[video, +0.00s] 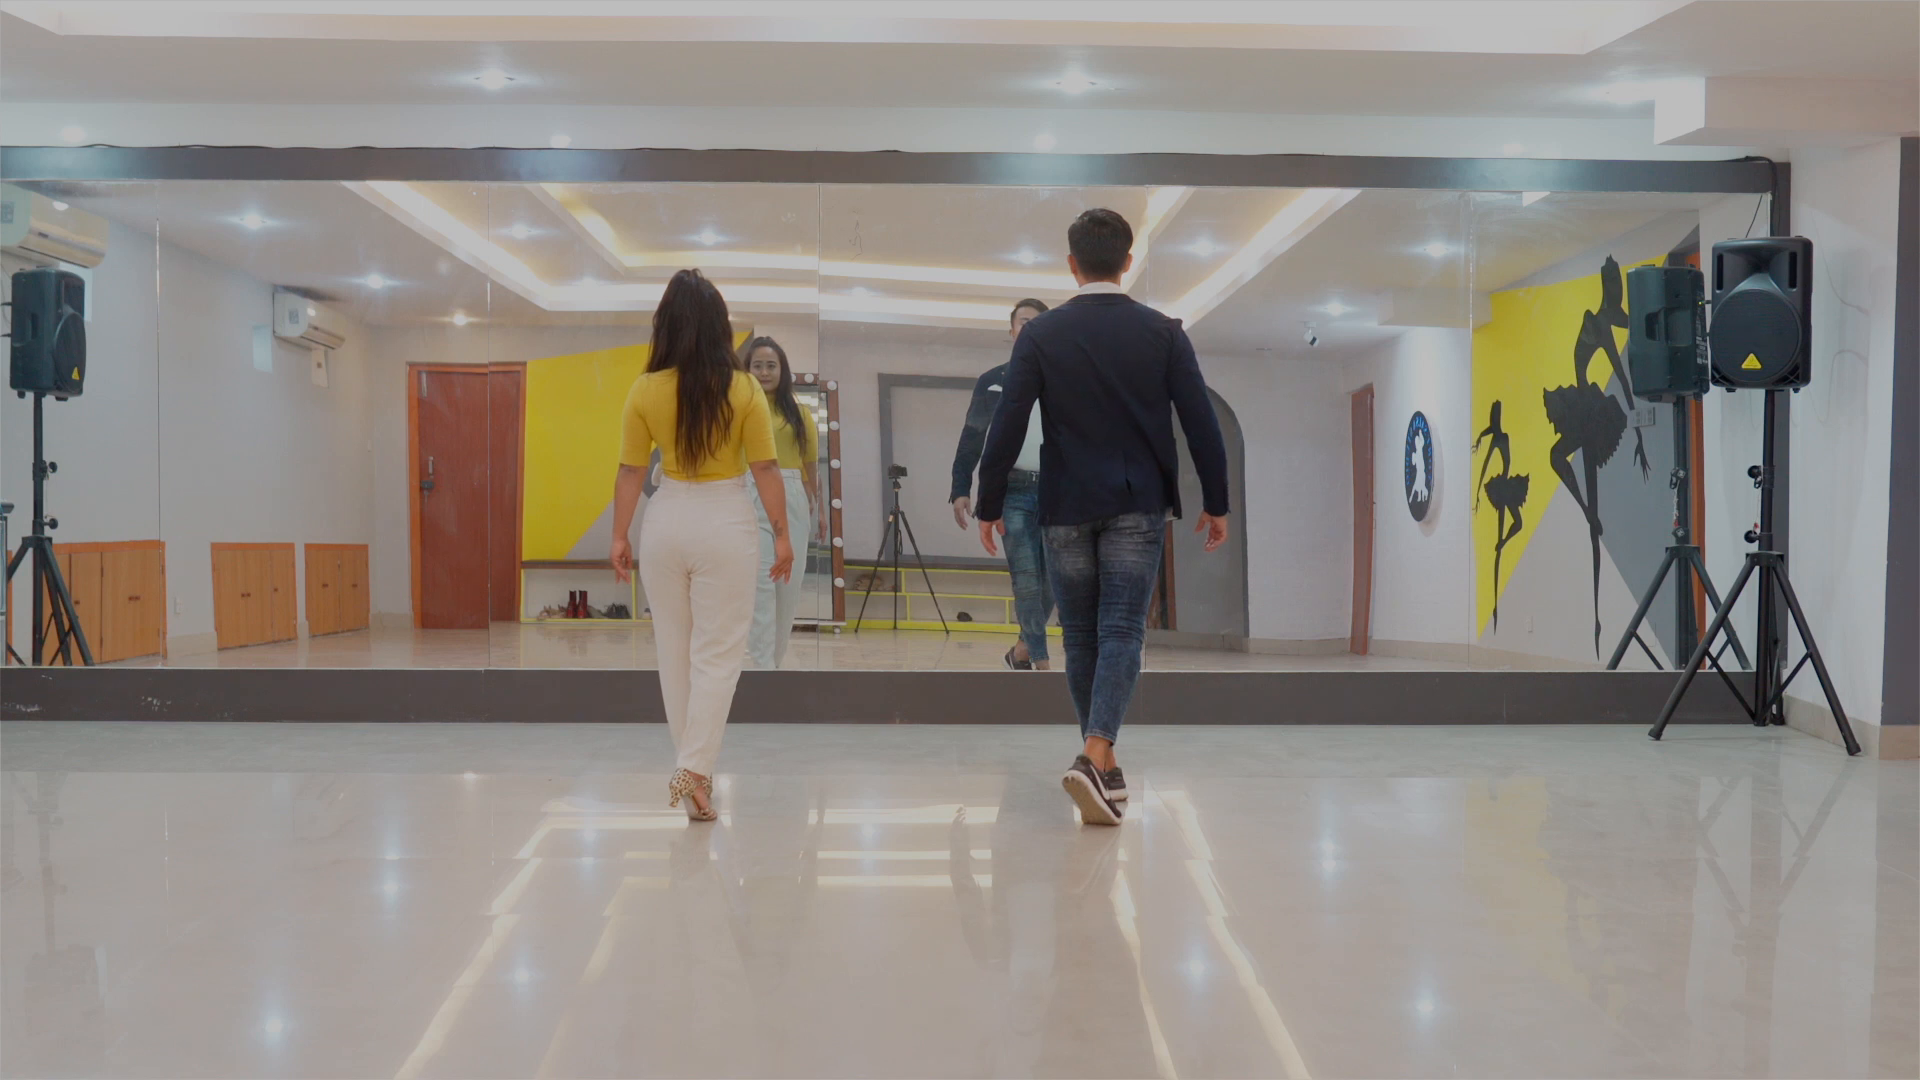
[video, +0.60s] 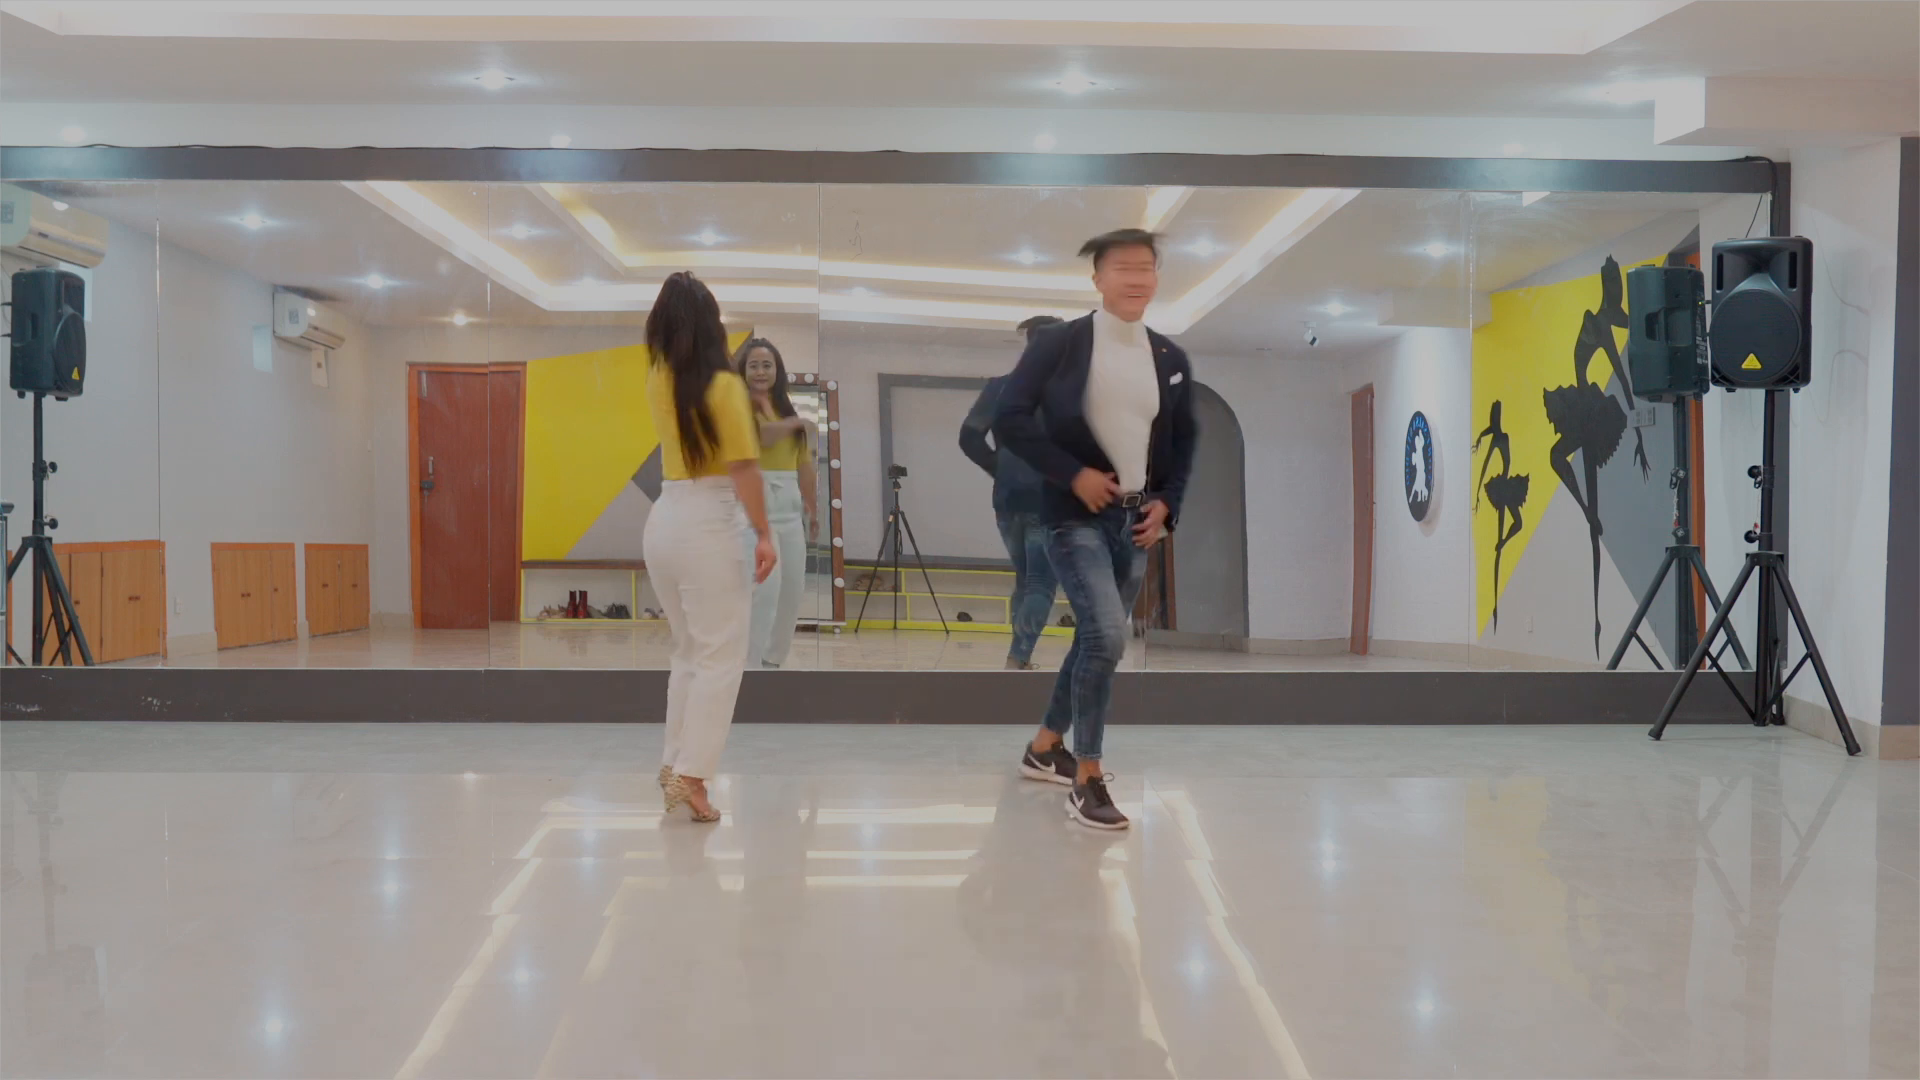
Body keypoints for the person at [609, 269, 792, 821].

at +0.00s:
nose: (730, 330)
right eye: (725, 321)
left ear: (665, 325)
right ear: (721, 324)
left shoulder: (646, 389)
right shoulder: (742, 387)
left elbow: (631, 470)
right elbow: (764, 467)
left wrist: (620, 534)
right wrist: (782, 533)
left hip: (664, 517)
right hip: (729, 519)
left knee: (673, 647)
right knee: (719, 652)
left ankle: (690, 768)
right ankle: (694, 768)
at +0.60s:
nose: (722, 322)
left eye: (715, 314)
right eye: (718, 315)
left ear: (663, 325)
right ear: (712, 321)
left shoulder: (657, 382)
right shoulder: (723, 385)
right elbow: (743, 465)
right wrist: (764, 532)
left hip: (666, 519)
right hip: (714, 521)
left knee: (688, 648)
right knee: (723, 655)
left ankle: (675, 765)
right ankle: (693, 774)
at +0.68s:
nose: (716, 318)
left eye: (710, 309)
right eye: (709, 311)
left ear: (666, 327)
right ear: (701, 323)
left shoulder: (710, 381)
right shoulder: (684, 393)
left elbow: (753, 410)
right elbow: (701, 475)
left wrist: (770, 457)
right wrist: (750, 532)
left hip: (700, 528)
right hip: (689, 530)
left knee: (708, 647)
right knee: (720, 646)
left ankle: (672, 765)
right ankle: (684, 776)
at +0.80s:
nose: (685, 327)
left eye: (694, 318)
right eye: (674, 321)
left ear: (716, 327)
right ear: (662, 333)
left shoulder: (741, 389)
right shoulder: (652, 391)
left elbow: (769, 463)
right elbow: (640, 473)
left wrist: (771, 529)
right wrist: (697, 516)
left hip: (730, 537)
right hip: (672, 534)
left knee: (734, 658)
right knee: (701, 651)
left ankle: (681, 764)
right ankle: (681, 779)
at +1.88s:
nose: (703, 349)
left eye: (715, 341)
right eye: (694, 339)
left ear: (733, 345)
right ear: (681, 342)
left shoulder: (749, 399)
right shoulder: (662, 396)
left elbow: (764, 477)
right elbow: (649, 474)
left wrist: (765, 540)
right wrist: (655, 542)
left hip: (738, 536)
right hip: (678, 534)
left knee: (731, 652)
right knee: (685, 646)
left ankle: (701, 761)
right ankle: (683, 769)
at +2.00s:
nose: (707, 342)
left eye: (719, 332)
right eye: (698, 331)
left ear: (737, 335)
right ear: (685, 334)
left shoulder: (750, 391)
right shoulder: (669, 384)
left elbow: (768, 461)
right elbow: (632, 454)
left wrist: (763, 510)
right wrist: (660, 513)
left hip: (739, 530)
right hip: (680, 526)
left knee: (728, 645)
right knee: (713, 629)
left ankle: (698, 759)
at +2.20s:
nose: (717, 335)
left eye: (728, 325)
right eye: (707, 324)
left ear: (746, 328)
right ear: (693, 328)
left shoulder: (757, 382)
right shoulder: (682, 375)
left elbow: (781, 445)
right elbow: (625, 425)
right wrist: (671, 468)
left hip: (741, 522)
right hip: (692, 517)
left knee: (710, 644)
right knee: (757, 616)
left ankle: (687, 754)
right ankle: (681, 667)